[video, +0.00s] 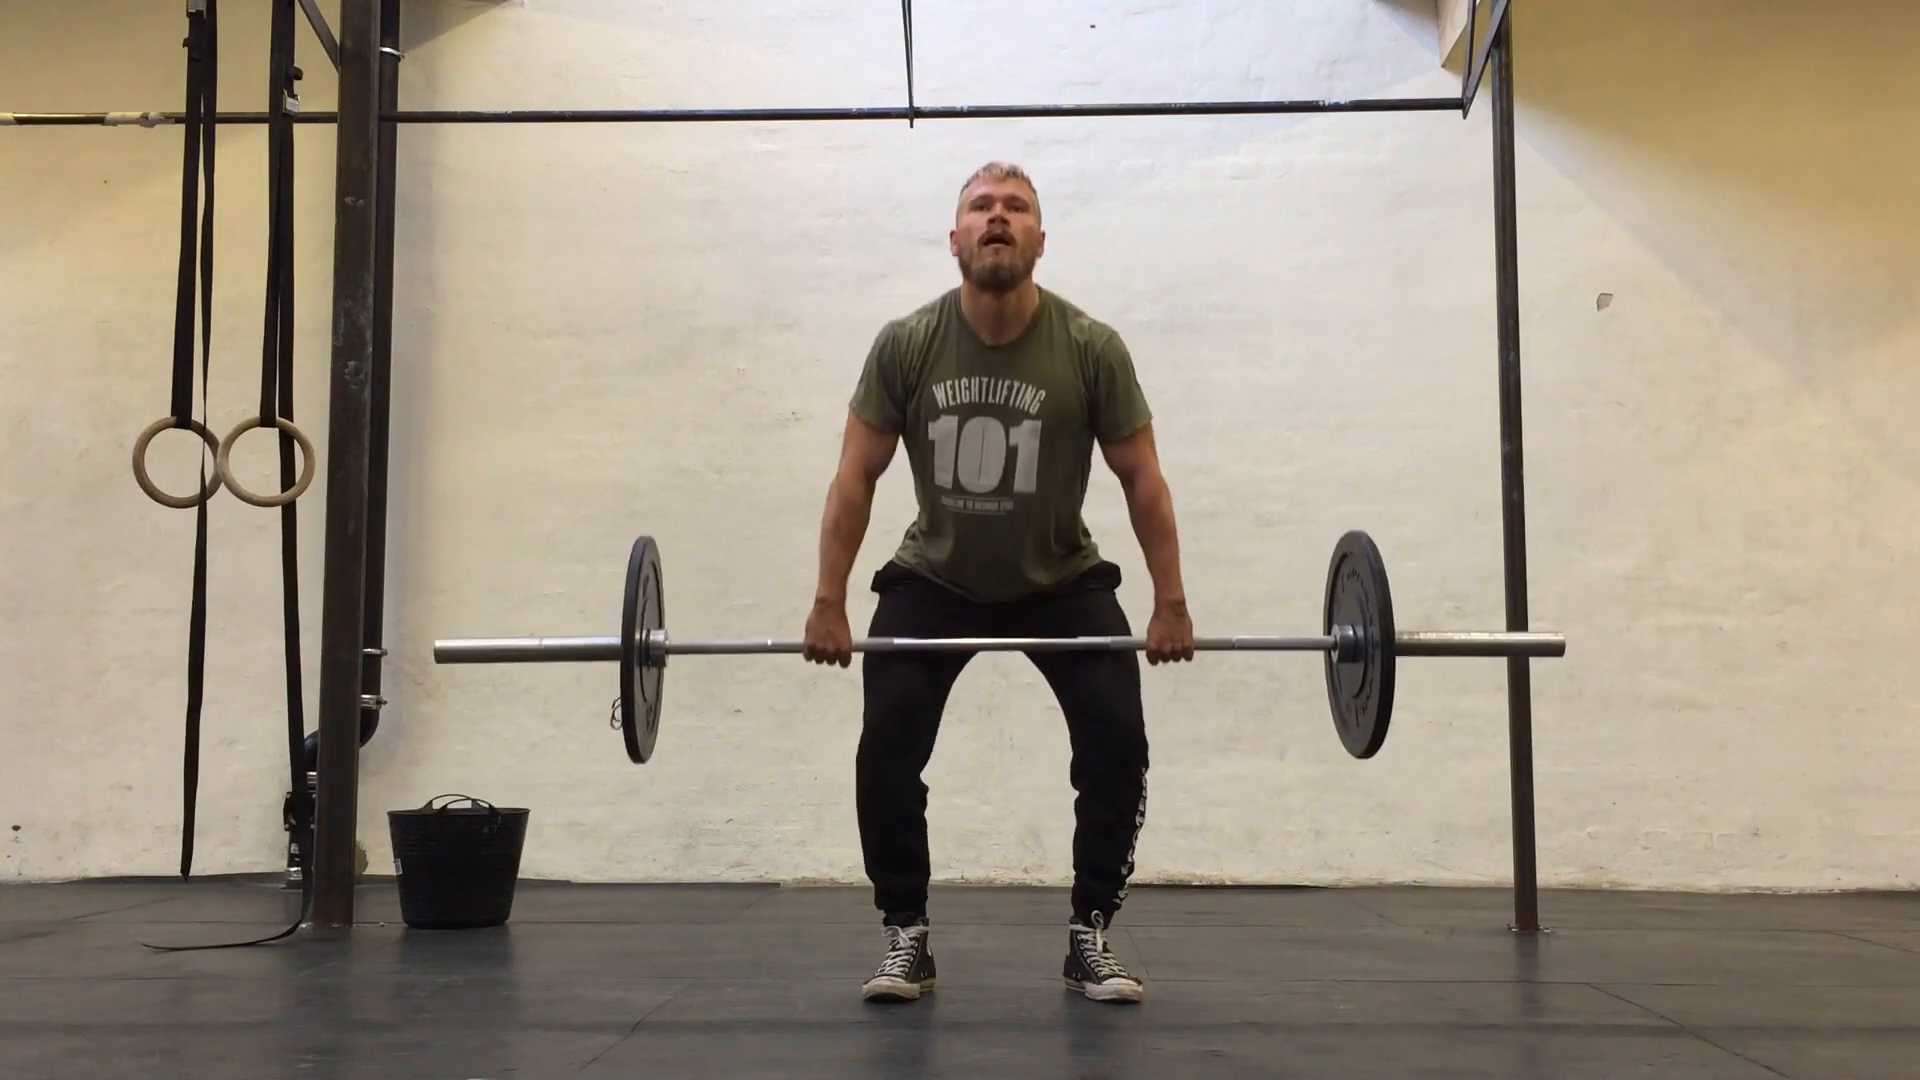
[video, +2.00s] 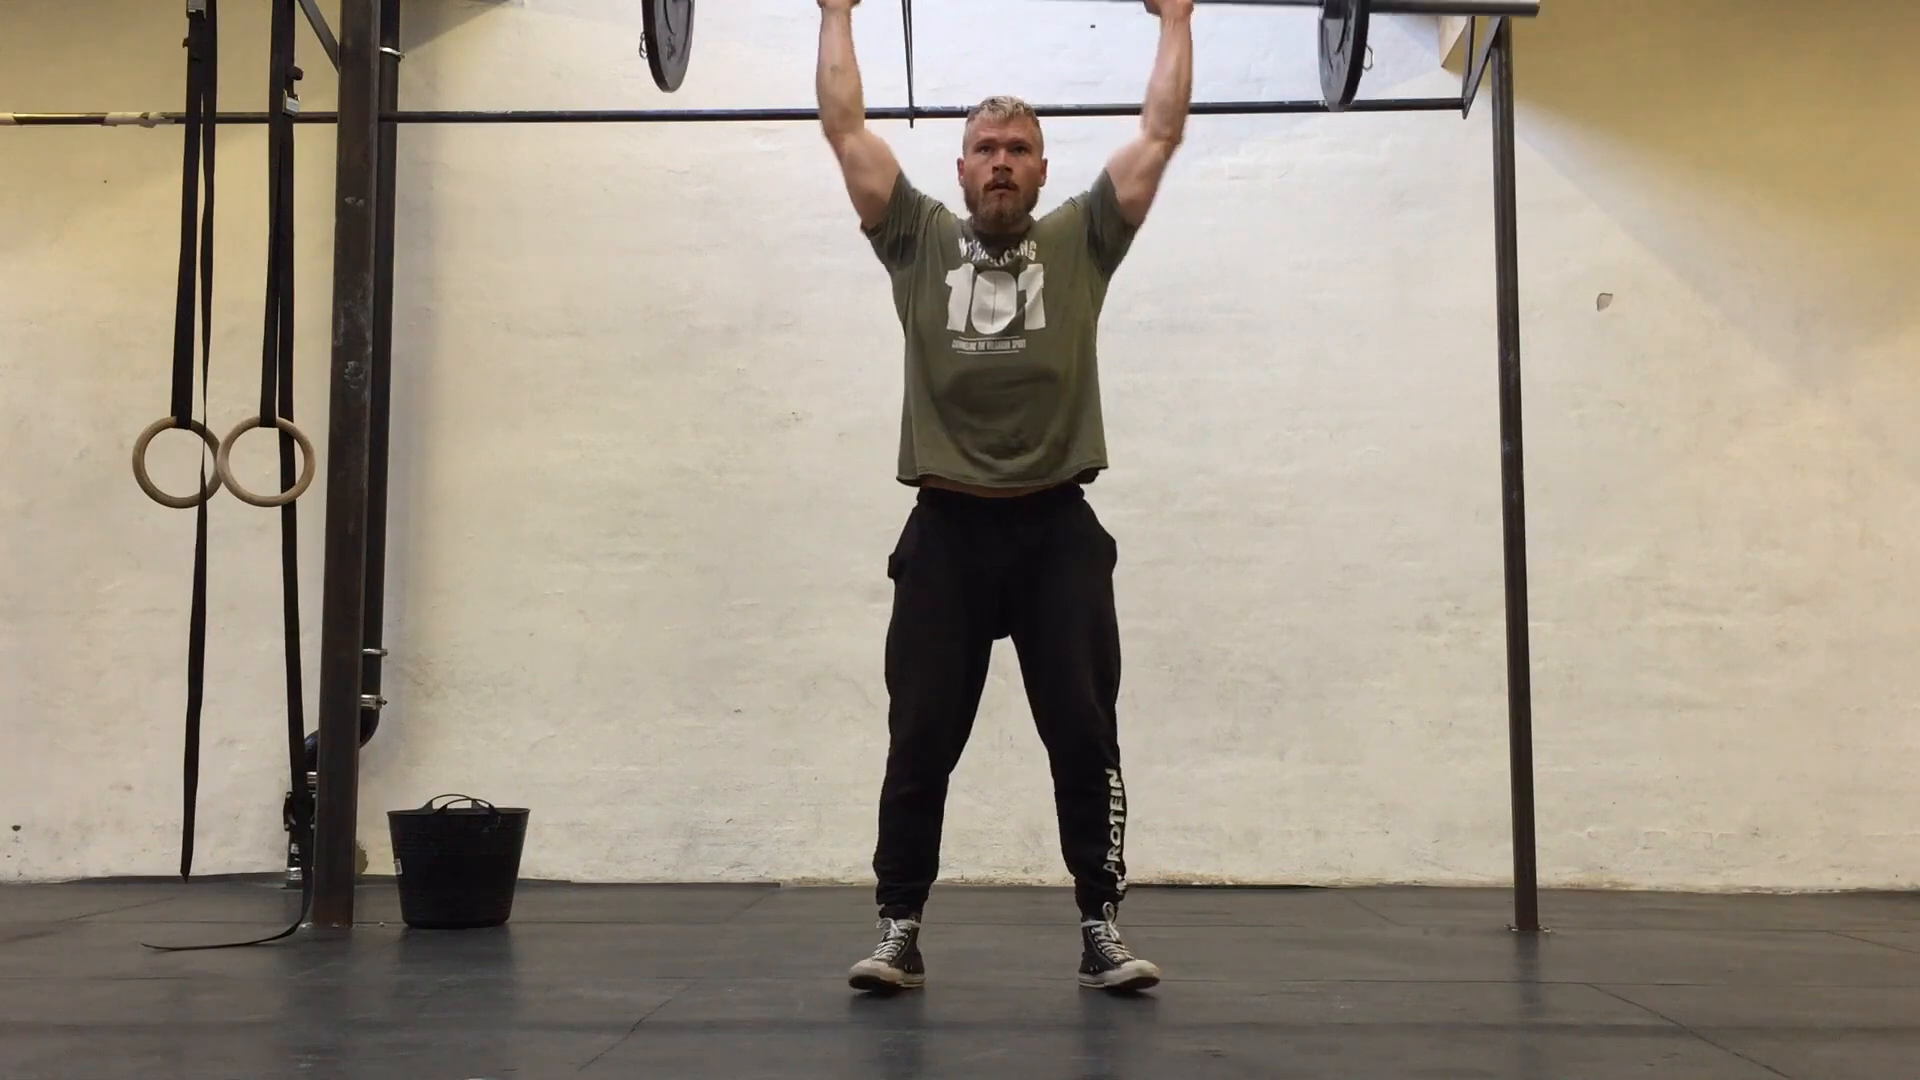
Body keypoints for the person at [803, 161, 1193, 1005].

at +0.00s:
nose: (997, 216)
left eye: (1015, 206)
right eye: (981, 205)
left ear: (1040, 239)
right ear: (954, 237)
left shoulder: (1093, 352)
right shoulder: (904, 348)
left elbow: (1141, 478)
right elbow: (855, 477)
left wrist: (1171, 600)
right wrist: (828, 600)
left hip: (1060, 580)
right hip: (935, 579)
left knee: (1117, 740)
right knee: (887, 745)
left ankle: (1091, 937)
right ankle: (904, 940)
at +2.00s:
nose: (1002, 162)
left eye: (1019, 150)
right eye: (985, 150)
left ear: (1043, 170)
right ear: (961, 167)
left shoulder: (1080, 244)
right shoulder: (920, 243)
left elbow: (1157, 138)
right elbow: (846, 128)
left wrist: (1176, 21)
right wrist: (836, 12)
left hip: (1058, 535)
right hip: (946, 536)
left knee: (1084, 736)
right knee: (920, 739)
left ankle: (1102, 934)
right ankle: (898, 934)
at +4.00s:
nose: (1004, 279)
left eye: (1021, 271)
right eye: (988, 270)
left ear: (1044, 303)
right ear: (963, 301)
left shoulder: (1089, 392)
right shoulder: (924, 396)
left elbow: (1167, 442)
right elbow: (857, 436)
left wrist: (1166, 359)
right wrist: (843, 362)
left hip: (1066, 649)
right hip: (944, 648)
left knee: (1168, 776)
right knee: (857, 779)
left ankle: (1107, 943)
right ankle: (908, 945)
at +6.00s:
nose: (1008, 201)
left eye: (1026, 191)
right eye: (992, 190)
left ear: (1052, 224)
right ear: (966, 222)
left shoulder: (1106, 337)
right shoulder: (915, 336)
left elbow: (1149, 463)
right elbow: (870, 460)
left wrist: (1174, 583)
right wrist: (847, 582)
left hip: (1070, 566)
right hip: (950, 564)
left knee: (1111, 735)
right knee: (914, 734)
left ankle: (1109, 937)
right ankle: (909, 936)